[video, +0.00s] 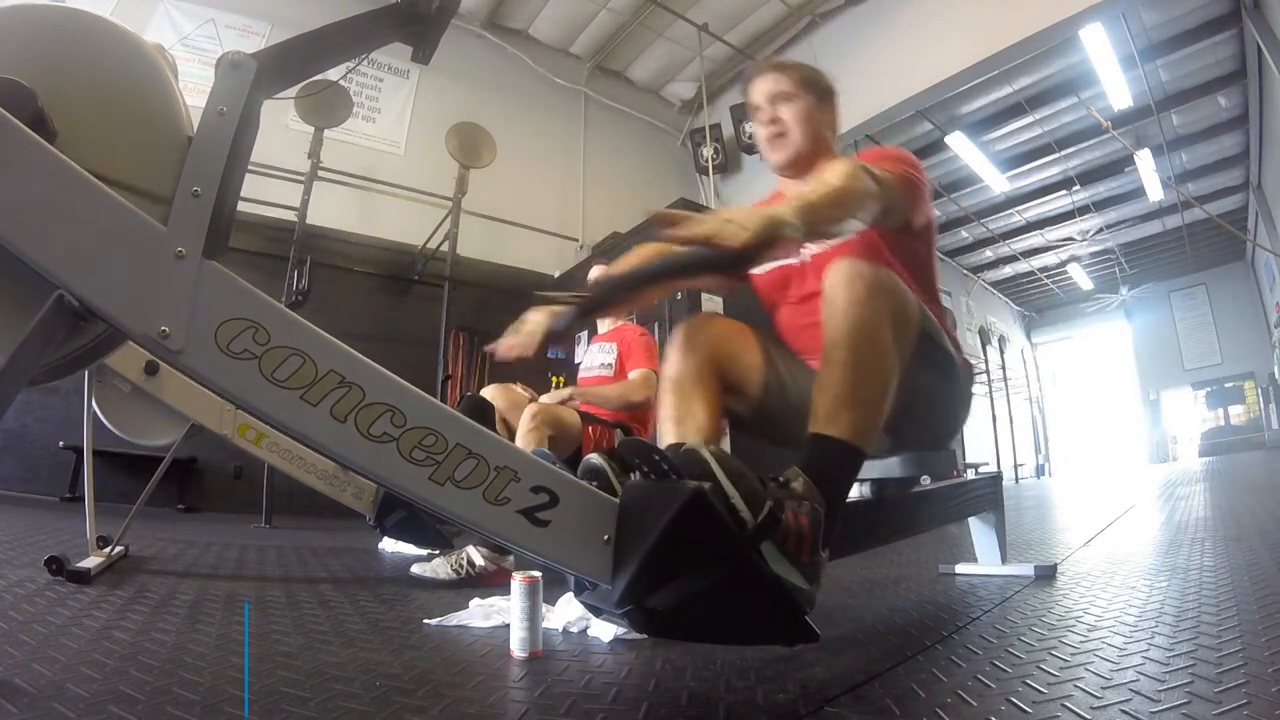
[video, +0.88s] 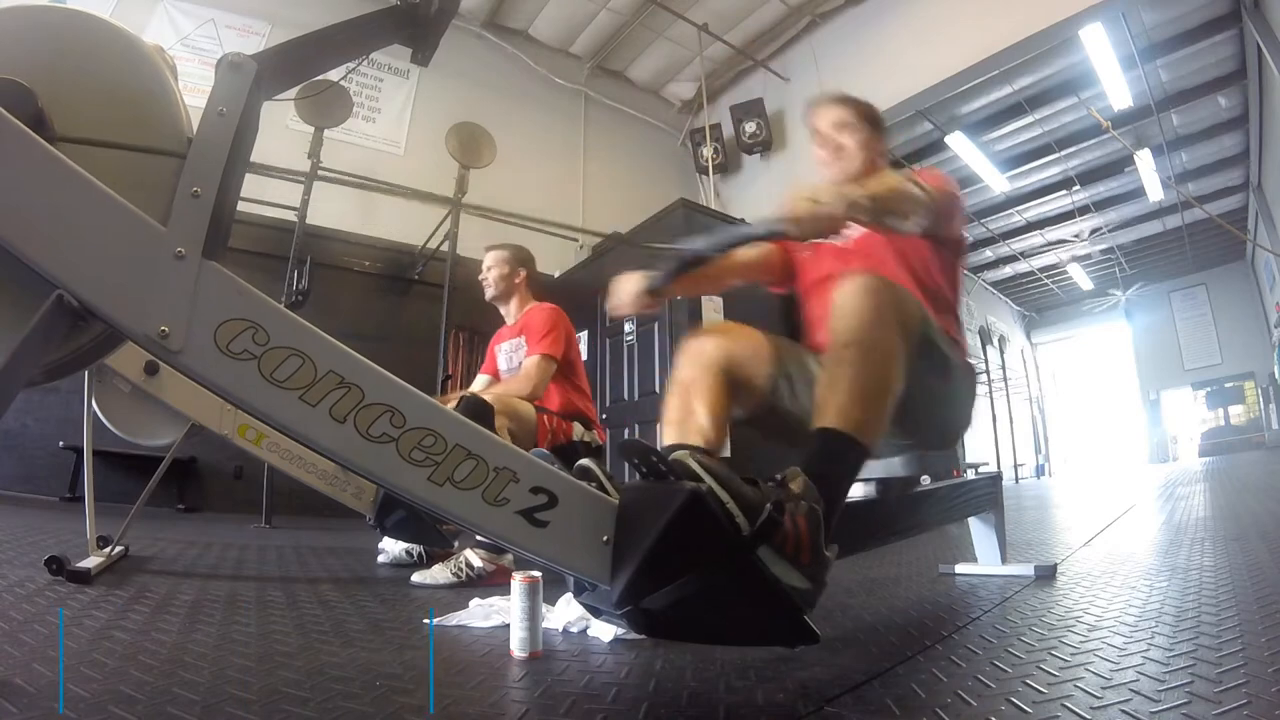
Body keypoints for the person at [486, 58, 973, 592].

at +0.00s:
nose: (767, 119)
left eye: (782, 101)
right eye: (755, 113)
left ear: (828, 109)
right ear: (753, 137)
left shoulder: (888, 165)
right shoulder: (756, 222)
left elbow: (847, 198)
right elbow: (664, 264)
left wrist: (757, 226)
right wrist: (561, 311)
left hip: (918, 398)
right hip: (810, 400)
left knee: (857, 272)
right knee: (694, 334)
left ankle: (809, 512)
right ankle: (682, 505)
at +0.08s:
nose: (743, 108)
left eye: (759, 90)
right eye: (732, 103)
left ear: (808, 100)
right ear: (729, 128)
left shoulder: (873, 156)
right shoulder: (730, 226)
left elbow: (831, 178)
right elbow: (636, 272)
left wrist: (729, 206)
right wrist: (531, 309)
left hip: (903, 399)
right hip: (791, 401)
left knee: (841, 258)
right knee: (675, 326)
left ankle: (807, 507)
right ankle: (681, 500)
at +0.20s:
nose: (697, 90)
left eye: (716, 70)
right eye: (687, 85)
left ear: (774, 81)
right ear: (686, 111)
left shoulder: (835, 135)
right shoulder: (684, 206)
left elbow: (777, 159)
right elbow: (585, 261)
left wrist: (639, 187)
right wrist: (467, 304)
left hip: (878, 396)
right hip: (759, 405)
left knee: (806, 237)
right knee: (637, 312)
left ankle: (805, 508)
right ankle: (667, 506)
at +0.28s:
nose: (678, 82)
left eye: (698, 62)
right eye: (668, 75)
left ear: (759, 75)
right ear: (666, 101)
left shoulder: (820, 128)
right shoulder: (663, 202)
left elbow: (754, 151)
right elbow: (556, 261)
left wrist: (601, 182)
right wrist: (433, 303)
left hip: (864, 392)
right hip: (743, 402)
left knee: (793, 229)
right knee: (618, 309)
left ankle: (804, 509)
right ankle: (665, 515)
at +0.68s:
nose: (713, 92)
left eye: (732, 76)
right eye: (703, 88)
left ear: (783, 90)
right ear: (699, 113)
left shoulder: (844, 138)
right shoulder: (692, 198)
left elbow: (796, 160)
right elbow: (609, 256)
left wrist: (666, 175)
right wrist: (507, 293)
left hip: (883, 395)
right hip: (767, 402)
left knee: (796, 244)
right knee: (635, 315)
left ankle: (801, 517)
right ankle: (674, 501)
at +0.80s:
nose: (790, 126)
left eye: (805, 109)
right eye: (778, 121)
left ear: (847, 120)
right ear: (771, 142)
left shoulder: (899, 165)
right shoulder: (767, 230)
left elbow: (882, 190)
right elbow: (688, 265)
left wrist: (791, 192)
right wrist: (611, 284)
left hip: (912, 392)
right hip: (807, 397)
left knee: (840, 270)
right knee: (679, 328)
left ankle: (802, 520)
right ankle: (677, 506)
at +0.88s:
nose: (829, 144)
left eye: (842, 130)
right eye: (818, 138)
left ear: (878, 139)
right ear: (813, 155)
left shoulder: (930, 185)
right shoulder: (803, 239)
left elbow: (909, 203)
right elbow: (731, 265)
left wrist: (838, 205)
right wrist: (656, 283)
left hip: (928, 394)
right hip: (831, 395)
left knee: (865, 294)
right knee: (706, 344)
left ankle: (809, 516)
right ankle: (679, 505)